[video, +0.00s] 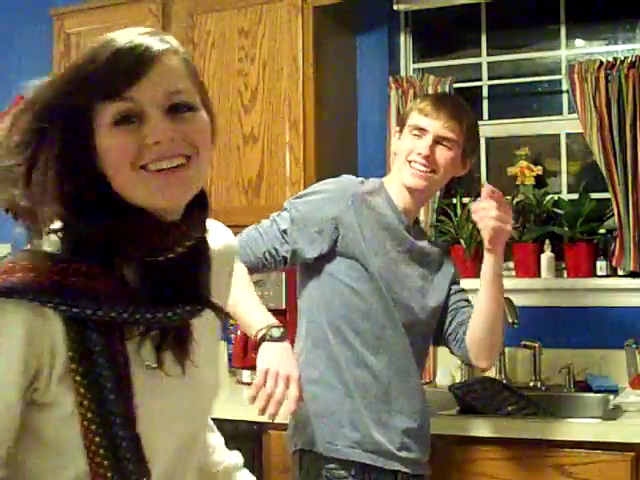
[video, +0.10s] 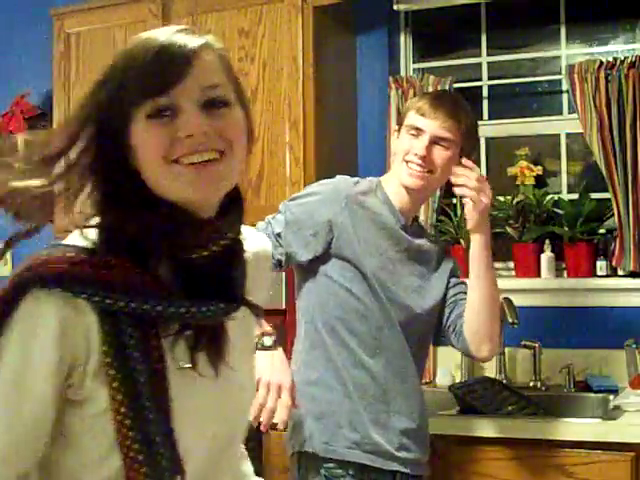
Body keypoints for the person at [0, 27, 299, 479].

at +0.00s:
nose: (163, 136)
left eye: (181, 108)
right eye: (127, 119)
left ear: (210, 124)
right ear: (87, 148)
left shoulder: (210, 265)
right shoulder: (26, 301)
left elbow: (189, 427)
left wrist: (234, 473)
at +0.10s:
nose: (195, 130)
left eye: (215, 104)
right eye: (162, 112)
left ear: (246, 124)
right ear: (122, 145)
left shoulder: (231, 279)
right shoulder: (61, 302)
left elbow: (225, 450)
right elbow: (9, 467)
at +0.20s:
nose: (237, 119)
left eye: (258, 95)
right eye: (205, 100)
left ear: (287, 119)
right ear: (165, 131)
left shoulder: (292, 266)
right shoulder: (98, 284)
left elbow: (273, 449)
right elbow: (40, 468)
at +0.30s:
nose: (261, 108)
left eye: (284, 85)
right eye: (230, 89)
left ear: (313, 109)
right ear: (193, 116)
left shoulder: (334, 263)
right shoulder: (119, 267)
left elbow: (330, 453)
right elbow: (90, 466)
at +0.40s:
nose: (265, 103)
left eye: (292, 79)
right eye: (238, 84)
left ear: (330, 104)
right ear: (210, 109)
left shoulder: (371, 260)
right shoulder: (136, 258)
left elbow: (374, 457)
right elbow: (108, 459)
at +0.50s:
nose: (275, 103)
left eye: (305, 79)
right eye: (251, 82)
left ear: (346, 102)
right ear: (226, 107)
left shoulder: (404, 253)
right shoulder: (151, 249)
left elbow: (413, 458)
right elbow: (110, 457)